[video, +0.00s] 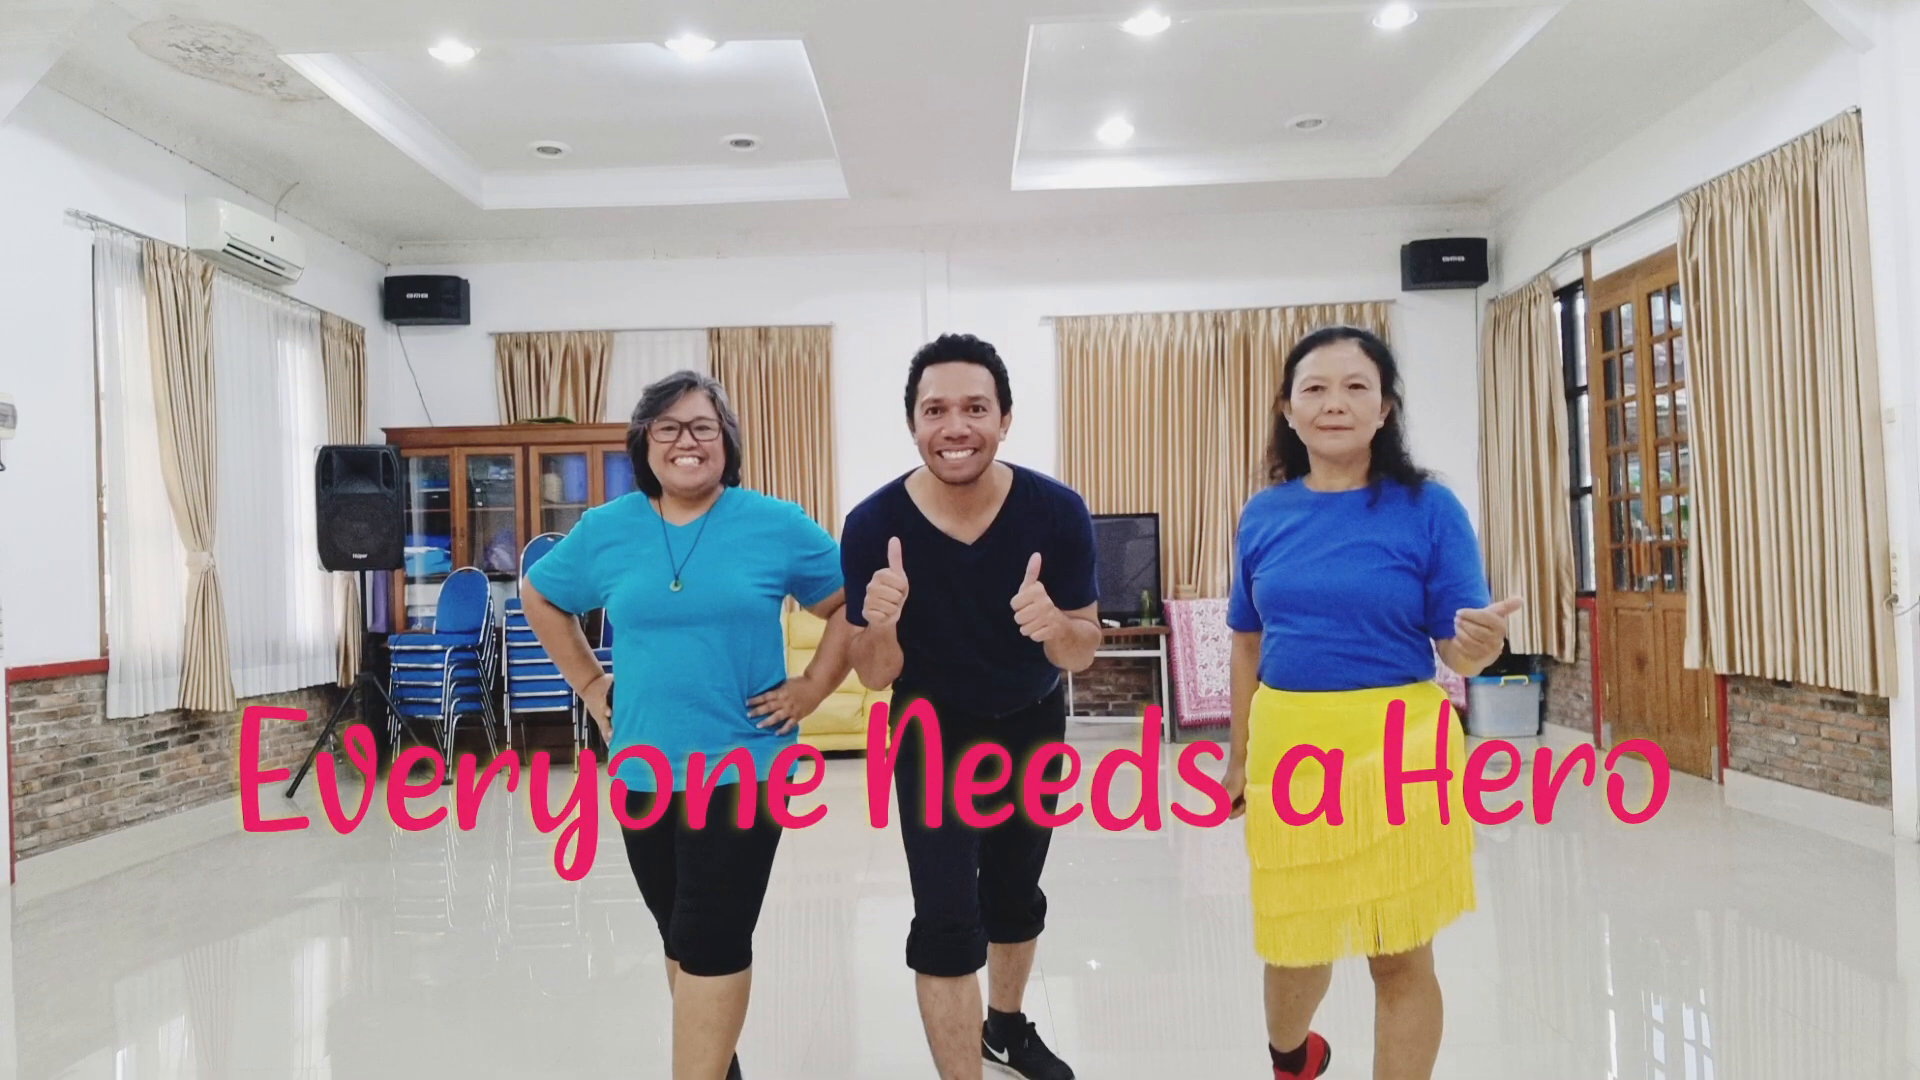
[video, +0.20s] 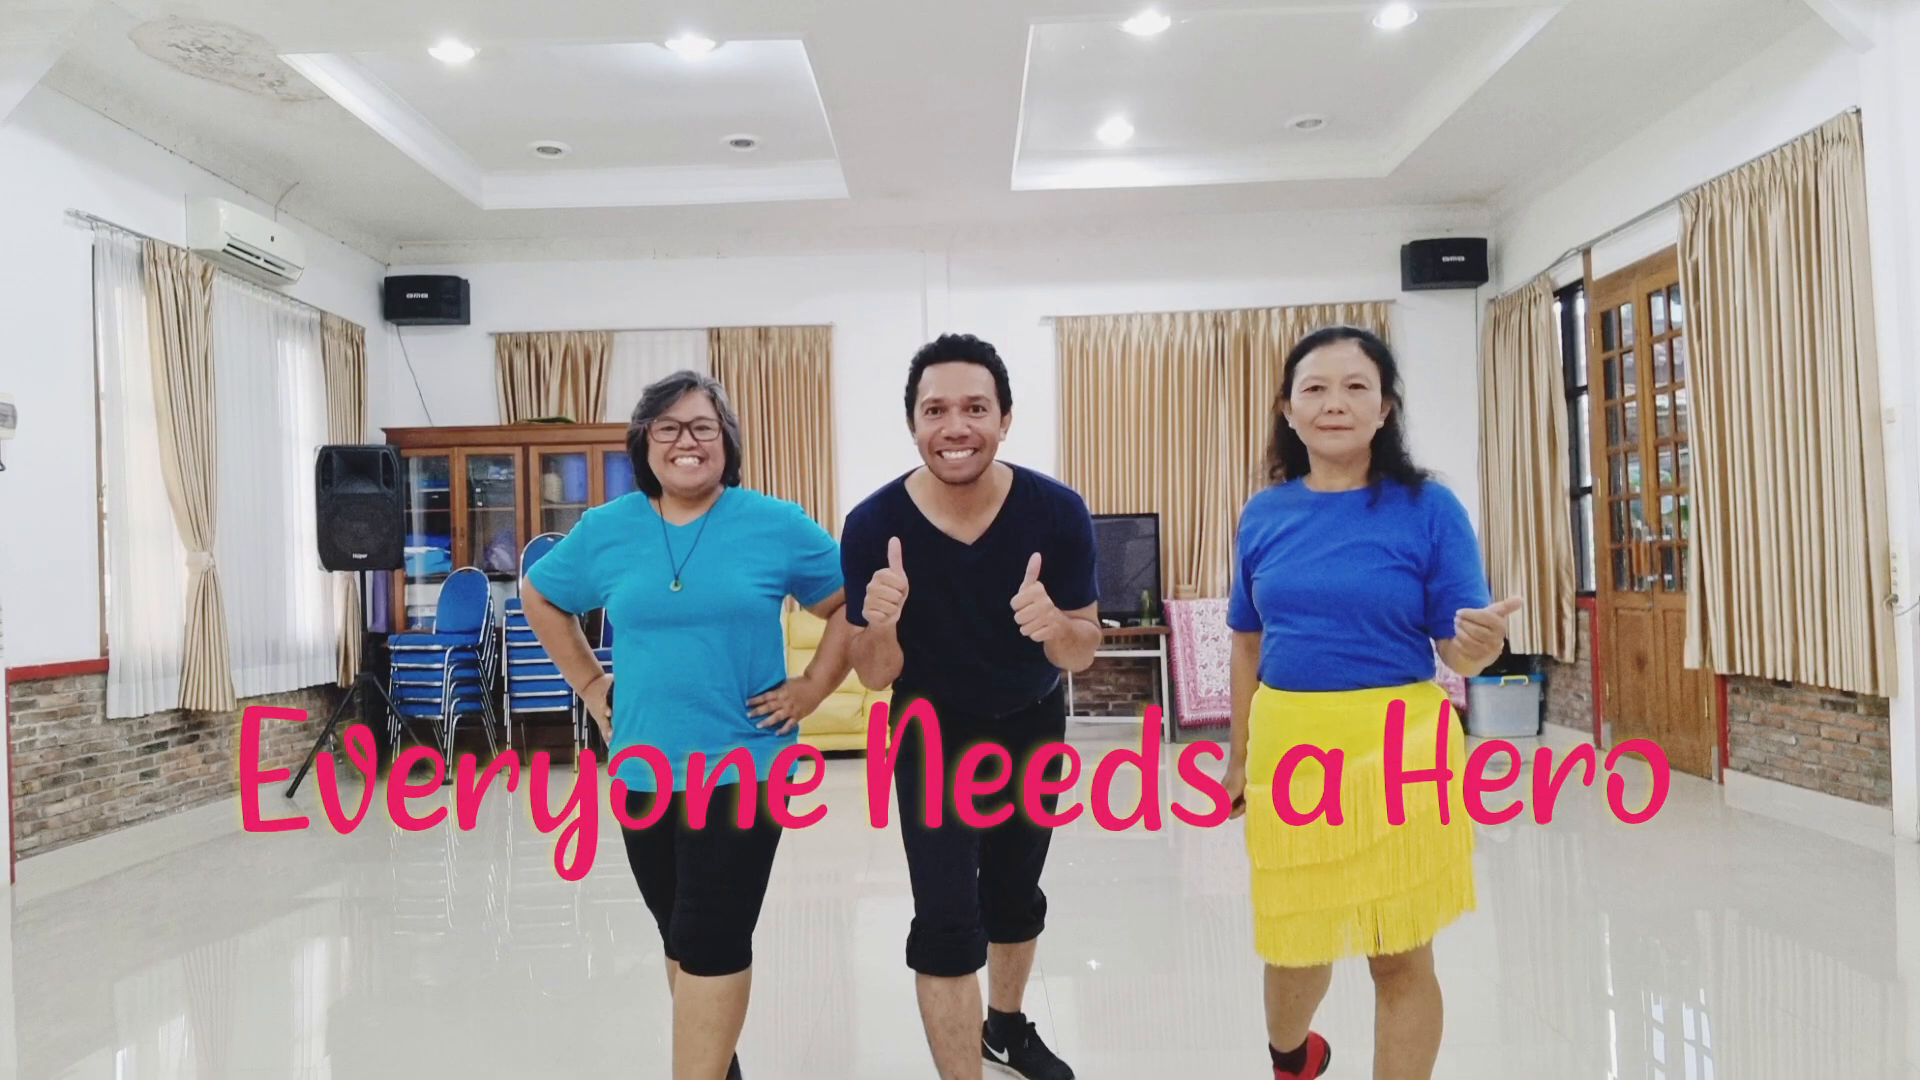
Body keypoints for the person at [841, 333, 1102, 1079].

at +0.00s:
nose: (956, 426)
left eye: (975, 408)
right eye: (936, 410)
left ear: (1004, 420)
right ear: (913, 424)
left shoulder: (1059, 514)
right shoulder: (872, 526)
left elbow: (1080, 654)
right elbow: (875, 673)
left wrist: (1053, 626)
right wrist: (879, 626)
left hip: (1030, 722)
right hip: (929, 726)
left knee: (1016, 894)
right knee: (948, 919)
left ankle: (1005, 1026)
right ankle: (959, 1076)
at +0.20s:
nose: (956, 426)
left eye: (975, 408)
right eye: (936, 410)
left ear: (1004, 420)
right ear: (913, 424)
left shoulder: (1059, 514)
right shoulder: (872, 526)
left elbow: (1080, 654)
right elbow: (875, 673)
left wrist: (1053, 626)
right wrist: (879, 627)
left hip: (1030, 722)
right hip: (929, 726)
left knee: (1016, 894)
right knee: (948, 919)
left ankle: (1005, 1026)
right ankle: (959, 1076)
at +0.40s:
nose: (955, 426)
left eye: (975, 408)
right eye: (936, 409)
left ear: (1004, 421)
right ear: (913, 424)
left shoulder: (1059, 514)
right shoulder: (873, 526)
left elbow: (1080, 654)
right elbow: (875, 673)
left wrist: (1054, 626)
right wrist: (879, 627)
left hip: (1030, 722)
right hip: (930, 726)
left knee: (1016, 894)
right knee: (948, 920)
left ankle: (1005, 1026)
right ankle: (959, 1075)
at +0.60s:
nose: (955, 426)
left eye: (975, 408)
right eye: (936, 409)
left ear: (1004, 421)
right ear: (913, 424)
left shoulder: (1059, 514)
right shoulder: (873, 526)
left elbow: (1080, 654)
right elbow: (875, 673)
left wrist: (1054, 626)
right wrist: (879, 627)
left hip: (1030, 722)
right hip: (930, 726)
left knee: (1016, 894)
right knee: (948, 920)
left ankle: (1005, 1026)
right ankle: (959, 1075)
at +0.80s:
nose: (955, 426)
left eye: (975, 408)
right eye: (936, 409)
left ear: (1004, 421)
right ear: (913, 424)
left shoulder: (1059, 514)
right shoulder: (873, 526)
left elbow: (1080, 654)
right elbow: (875, 673)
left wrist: (1054, 626)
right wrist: (879, 627)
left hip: (1030, 722)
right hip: (930, 726)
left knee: (1016, 894)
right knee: (948, 920)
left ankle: (1005, 1026)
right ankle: (959, 1075)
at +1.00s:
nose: (955, 430)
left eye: (974, 412)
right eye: (936, 414)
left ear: (1004, 425)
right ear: (913, 428)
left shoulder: (1059, 518)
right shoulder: (872, 531)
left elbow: (1081, 657)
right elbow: (875, 677)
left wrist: (1055, 630)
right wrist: (879, 631)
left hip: (1030, 728)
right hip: (929, 732)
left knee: (1015, 901)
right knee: (949, 928)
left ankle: (1006, 1031)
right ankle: (959, 1077)